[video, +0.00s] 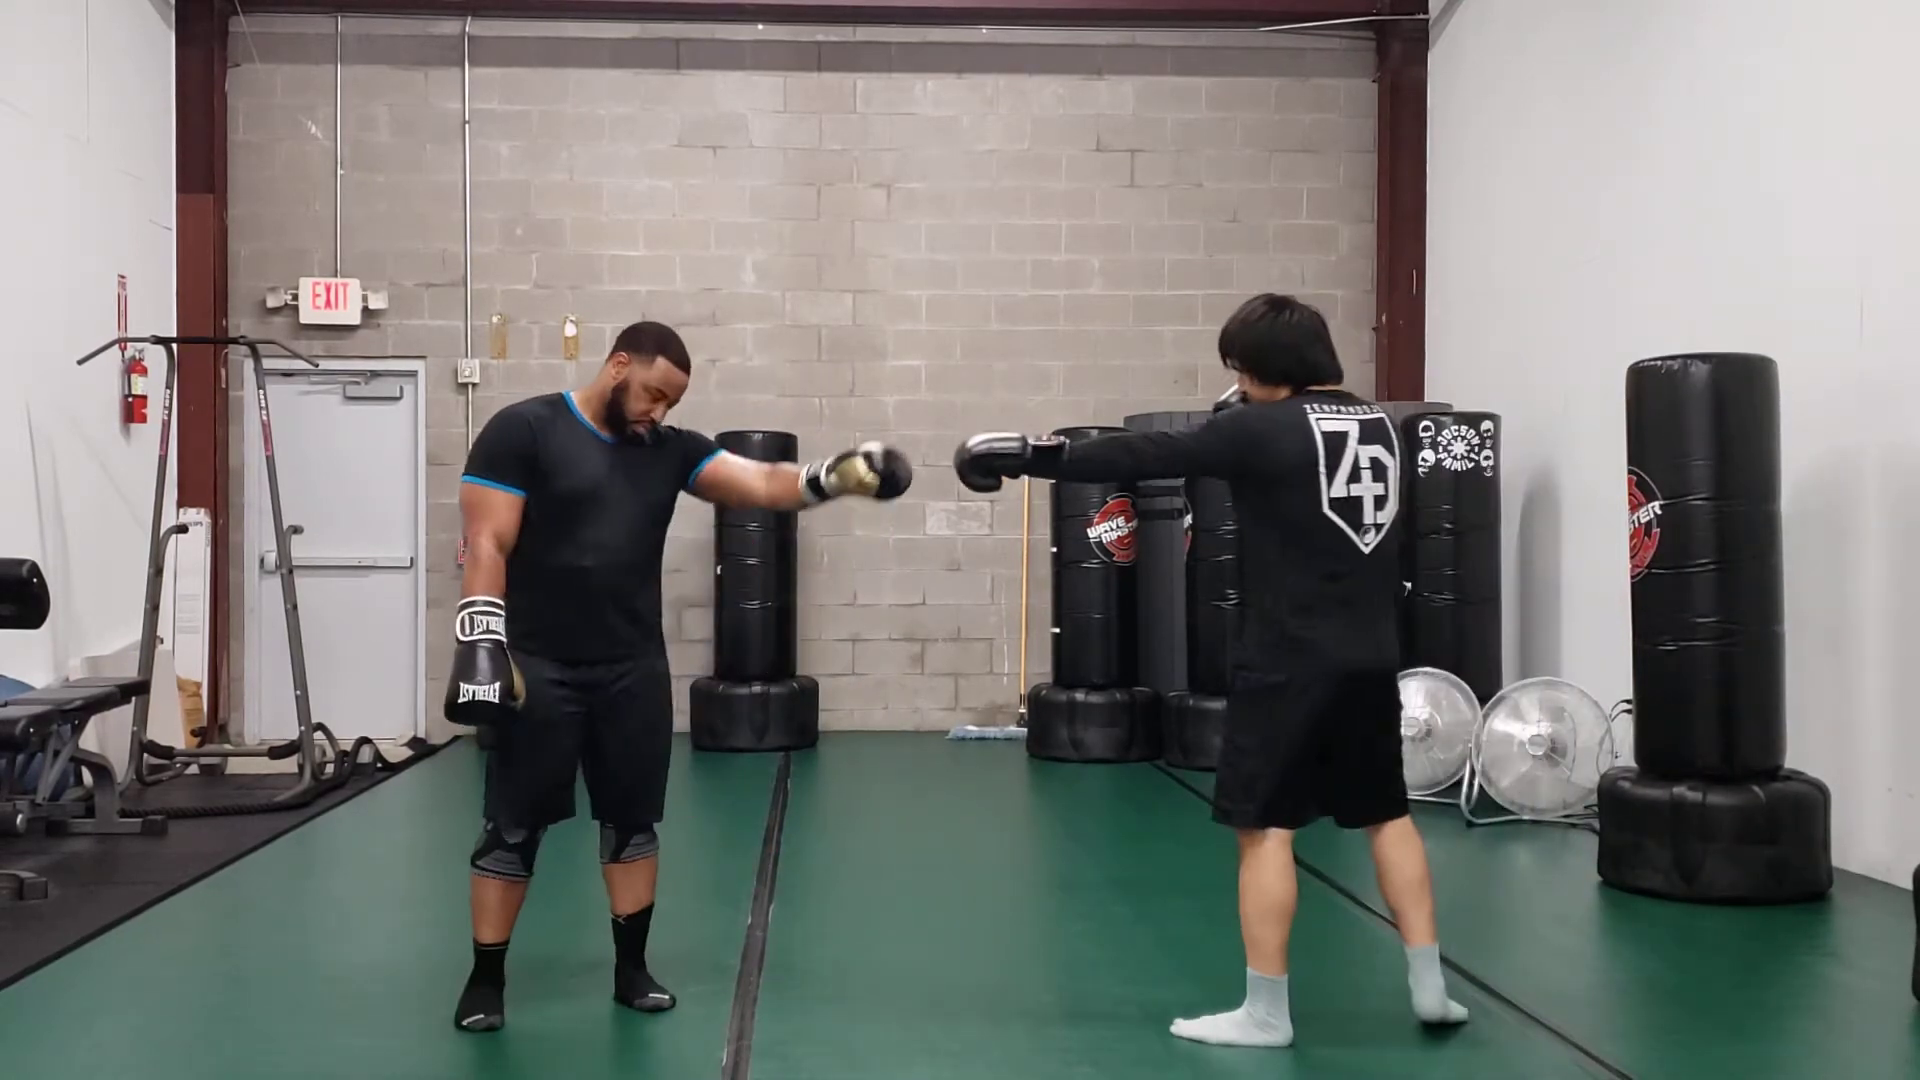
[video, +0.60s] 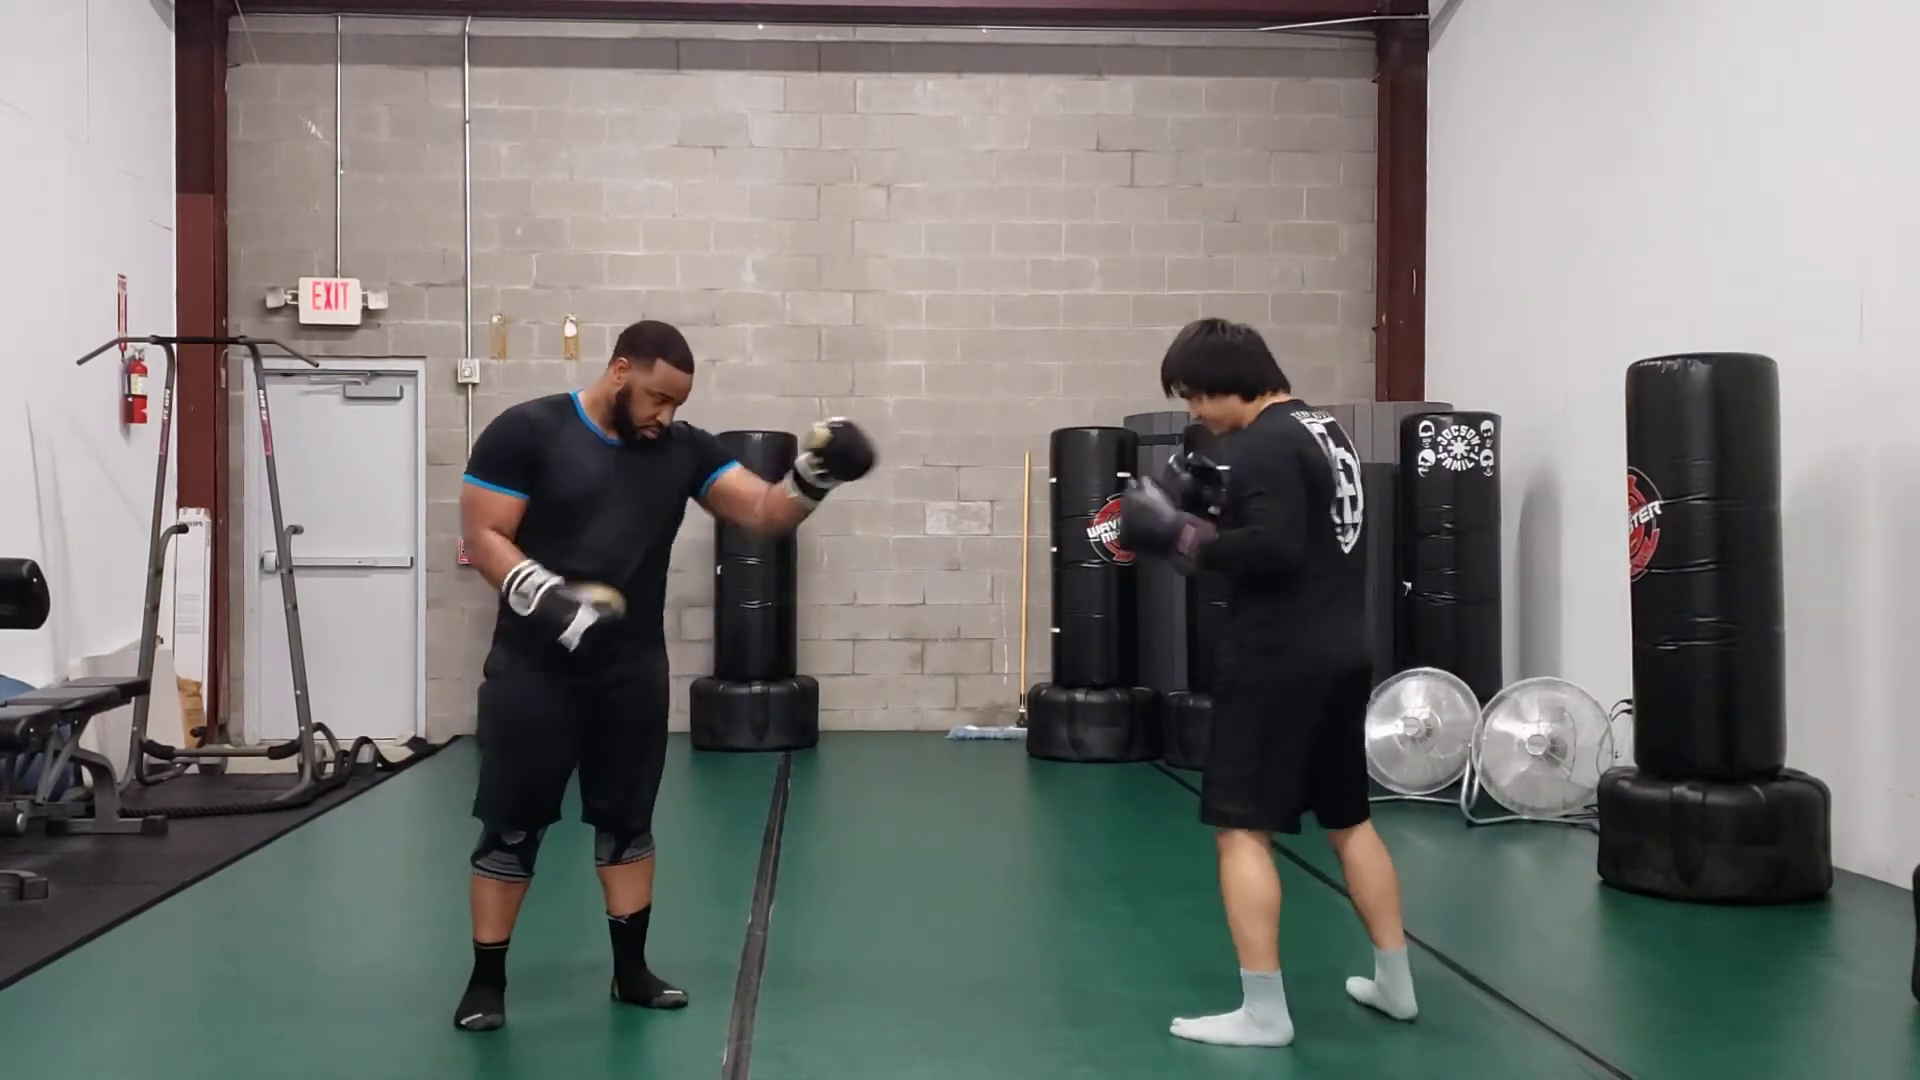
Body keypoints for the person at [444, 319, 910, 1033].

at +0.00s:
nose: (660, 414)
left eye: (671, 402)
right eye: (657, 395)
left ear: (670, 393)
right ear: (619, 365)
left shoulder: (666, 449)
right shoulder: (522, 432)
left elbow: (763, 481)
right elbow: (484, 543)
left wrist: (831, 478)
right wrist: (482, 639)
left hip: (633, 671)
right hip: (536, 670)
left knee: (634, 824)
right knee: (511, 831)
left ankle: (632, 968)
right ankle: (485, 980)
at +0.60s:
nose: (666, 417)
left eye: (676, 404)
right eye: (659, 398)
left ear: (683, 394)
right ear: (619, 369)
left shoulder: (682, 449)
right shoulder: (525, 433)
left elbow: (765, 511)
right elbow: (481, 539)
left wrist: (812, 475)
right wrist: (544, 594)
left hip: (631, 674)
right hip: (534, 673)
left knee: (627, 823)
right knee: (509, 830)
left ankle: (632, 971)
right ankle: (486, 981)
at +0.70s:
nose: (674, 415)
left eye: (683, 401)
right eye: (666, 398)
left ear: (685, 391)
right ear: (625, 370)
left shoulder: (685, 455)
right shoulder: (537, 431)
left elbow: (725, 549)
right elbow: (494, 536)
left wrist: (764, 499)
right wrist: (586, 551)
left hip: (643, 675)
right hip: (546, 675)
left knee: (635, 827)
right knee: (516, 835)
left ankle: (633, 971)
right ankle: (488, 982)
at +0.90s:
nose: (685, 424)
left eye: (693, 413)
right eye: (680, 407)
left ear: (687, 400)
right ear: (642, 374)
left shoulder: (669, 452)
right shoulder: (564, 428)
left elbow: (712, 558)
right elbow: (587, 531)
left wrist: (751, 503)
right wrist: (672, 465)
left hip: (652, 672)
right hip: (567, 672)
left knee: (640, 825)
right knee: (541, 832)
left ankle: (633, 972)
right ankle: (492, 976)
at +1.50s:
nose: (683, 438)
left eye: (690, 428)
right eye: (685, 420)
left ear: (658, 385)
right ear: (661, 384)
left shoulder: (630, 443)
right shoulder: (591, 423)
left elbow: (704, 538)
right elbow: (682, 526)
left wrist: (733, 455)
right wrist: (730, 439)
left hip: (630, 663)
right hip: (559, 668)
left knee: (683, 800)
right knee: (542, 835)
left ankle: (656, 962)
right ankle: (504, 1006)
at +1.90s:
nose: (692, 473)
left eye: (703, 464)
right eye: (695, 455)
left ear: (670, 418)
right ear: (671, 416)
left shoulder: (637, 462)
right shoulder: (601, 448)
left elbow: (694, 552)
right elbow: (666, 565)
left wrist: (745, 482)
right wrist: (740, 492)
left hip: (602, 677)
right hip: (530, 675)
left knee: (650, 821)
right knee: (512, 848)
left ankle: (670, 979)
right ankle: (386, 1016)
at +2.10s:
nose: (628, 465)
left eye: (637, 452)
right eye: (633, 445)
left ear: (597, 414)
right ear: (600, 412)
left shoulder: (563, 467)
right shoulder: (516, 457)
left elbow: (578, 572)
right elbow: (577, 580)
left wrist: (648, 507)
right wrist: (658, 515)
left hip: (558, 710)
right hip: (486, 713)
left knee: (607, 851)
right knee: (451, 881)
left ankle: (665, 977)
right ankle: (350, 1048)